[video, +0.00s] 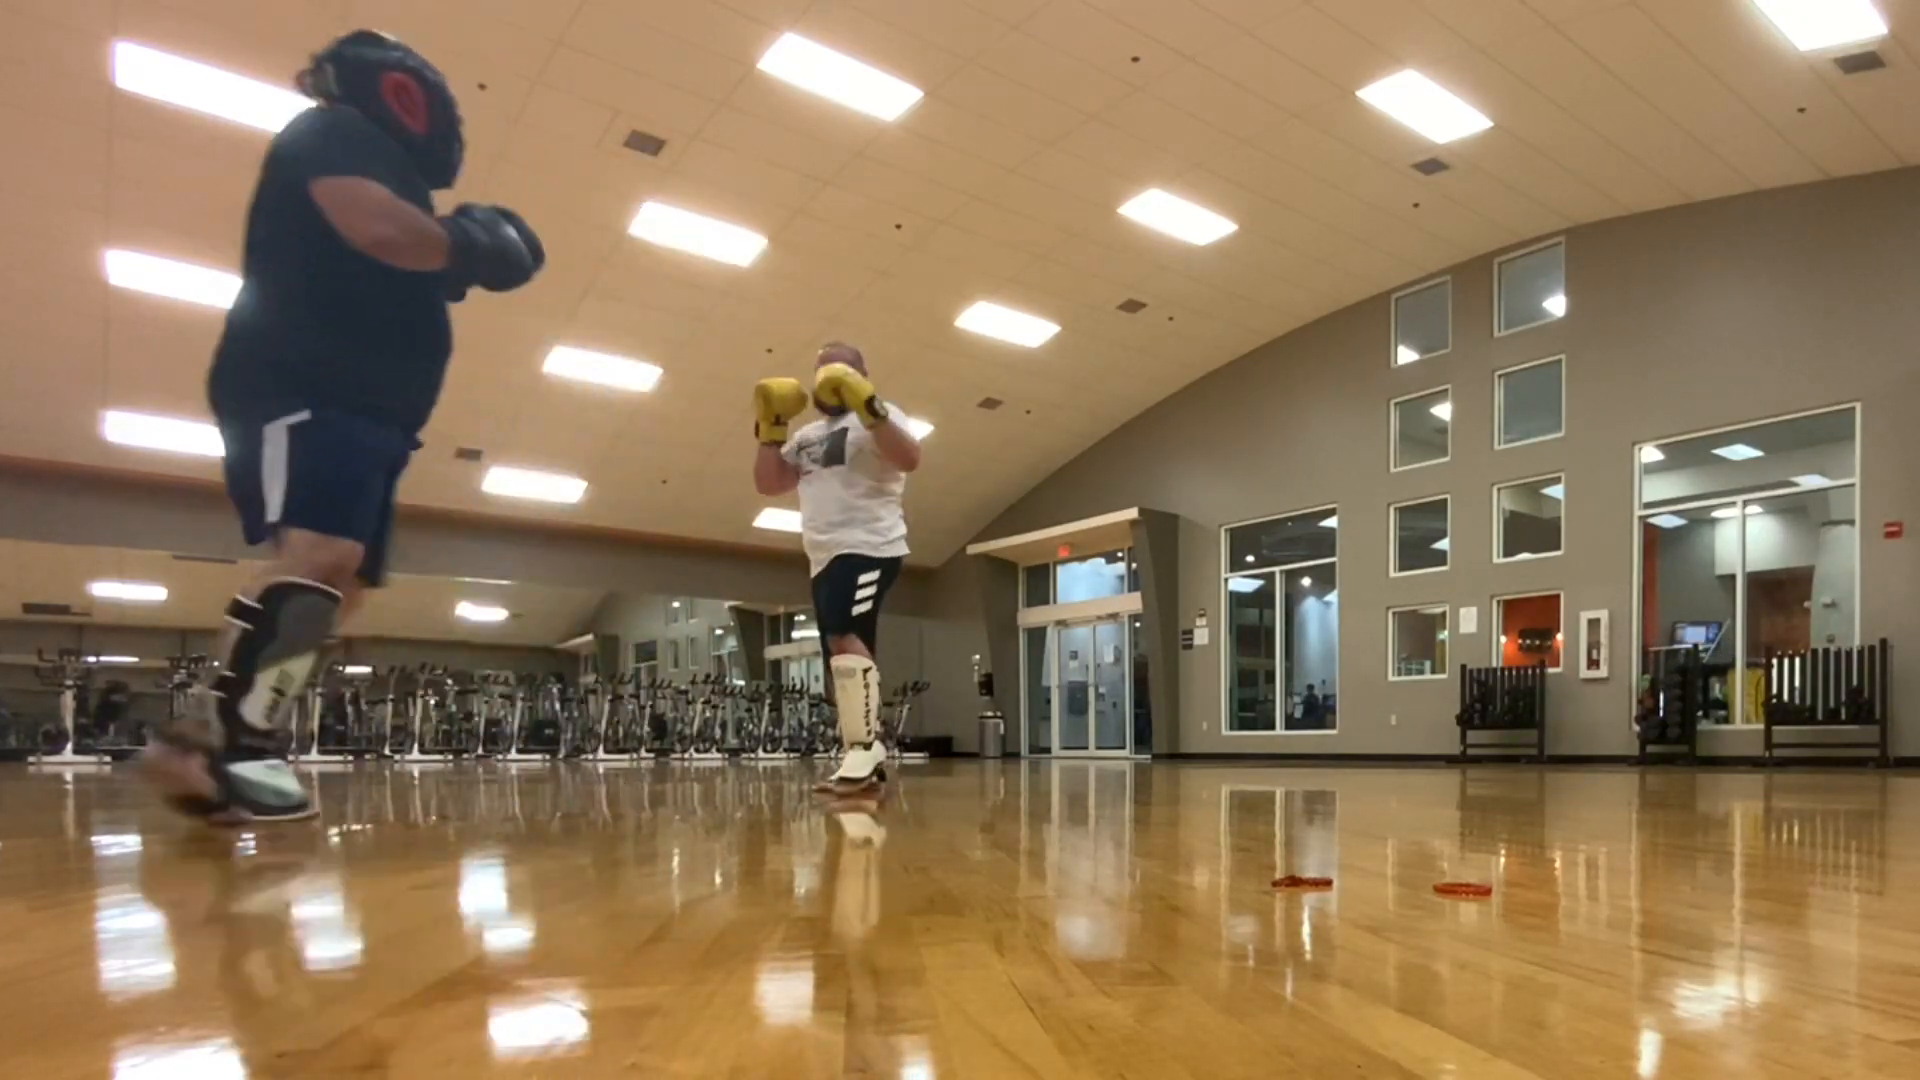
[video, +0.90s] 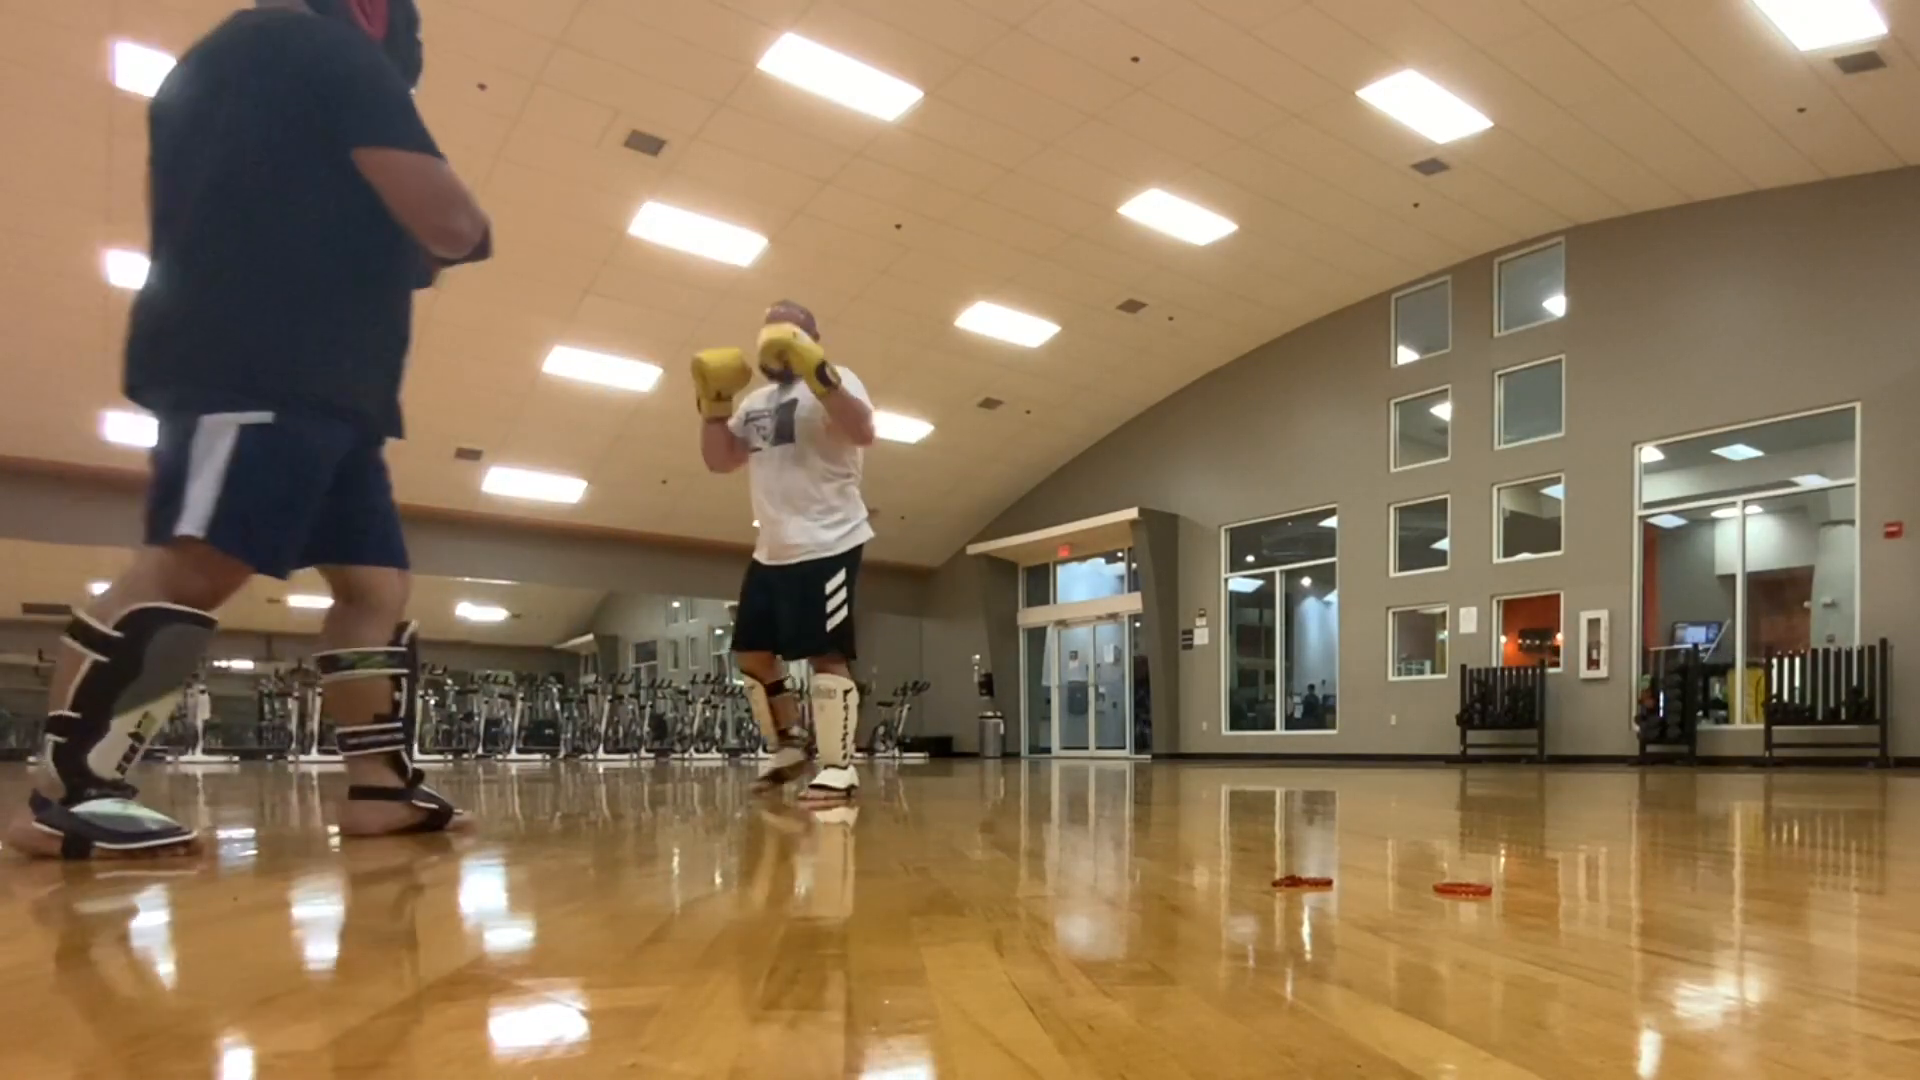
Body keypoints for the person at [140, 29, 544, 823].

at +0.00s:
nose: (442, 120)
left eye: (439, 106)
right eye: (431, 100)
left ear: (387, 98)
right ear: (394, 88)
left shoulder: (384, 165)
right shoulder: (333, 132)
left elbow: (391, 241)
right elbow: (376, 229)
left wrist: (461, 233)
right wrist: (467, 247)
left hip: (362, 399)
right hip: (311, 384)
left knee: (343, 578)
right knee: (322, 554)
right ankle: (236, 743)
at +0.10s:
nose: (403, 125)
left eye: (400, 109)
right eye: (390, 105)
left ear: (340, 106)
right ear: (353, 96)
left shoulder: (342, 200)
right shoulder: (283, 145)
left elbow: (359, 308)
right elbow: (317, 242)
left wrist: (442, 256)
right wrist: (420, 247)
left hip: (288, 406)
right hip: (270, 395)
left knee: (227, 575)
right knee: (275, 556)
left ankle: (148, 746)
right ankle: (190, 746)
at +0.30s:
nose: (353, 88)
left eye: (353, 70)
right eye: (345, 64)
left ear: (285, 50)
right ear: (308, 49)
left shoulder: (278, 126)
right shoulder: (249, 101)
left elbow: (290, 264)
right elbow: (304, 235)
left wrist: (389, 288)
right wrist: (403, 280)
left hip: (256, 402)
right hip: (197, 382)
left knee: (214, 586)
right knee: (164, 565)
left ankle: (146, 769)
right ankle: (89, 777)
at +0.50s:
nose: (362, 49)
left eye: (366, 37)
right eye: (358, 28)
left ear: (292, 10)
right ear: (307, 6)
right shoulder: (240, 36)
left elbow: (264, 211)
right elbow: (350, 203)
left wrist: (371, 249)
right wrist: (410, 226)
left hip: (216, 366)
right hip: (161, 350)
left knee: (272, 562)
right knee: (128, 551)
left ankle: (152, 760)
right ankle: (40, 785)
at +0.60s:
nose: (349, 60)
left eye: (355, 48)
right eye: (351, 39)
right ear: (316, 5)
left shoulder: (148, 31)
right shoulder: (256, 31)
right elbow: (372, 206)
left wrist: (345, 151)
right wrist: (407, 178)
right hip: (169, 349)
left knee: (304, 551)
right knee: (113, 556)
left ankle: (193, 739)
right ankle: (34, 790)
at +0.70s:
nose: (352, 67)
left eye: (359, 56)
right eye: (356, 47)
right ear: (329, 7)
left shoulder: (146, 35)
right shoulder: (273, 39)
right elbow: (397, 216)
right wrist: (412, 170)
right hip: (192, 356)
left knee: (313, 555)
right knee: (126, 558)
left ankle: (297, 761)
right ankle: (42, 784)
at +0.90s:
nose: (403, 57)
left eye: (403, 46)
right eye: (398, 37)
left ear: (289, 0)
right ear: (365, 8)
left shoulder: (195, 68)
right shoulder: (334, 48)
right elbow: (447, 222)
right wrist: (472, 233)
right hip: (272, 364)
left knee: (374, 579)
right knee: (194, 567)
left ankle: (378, 789)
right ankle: (61, 782)